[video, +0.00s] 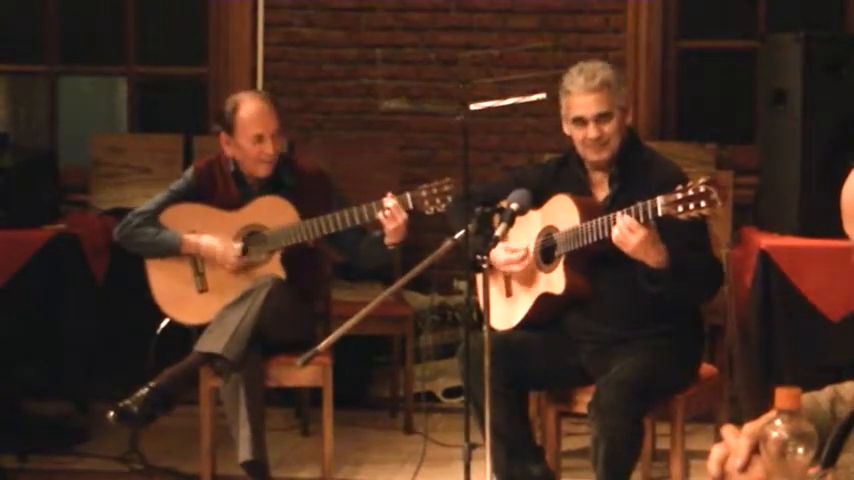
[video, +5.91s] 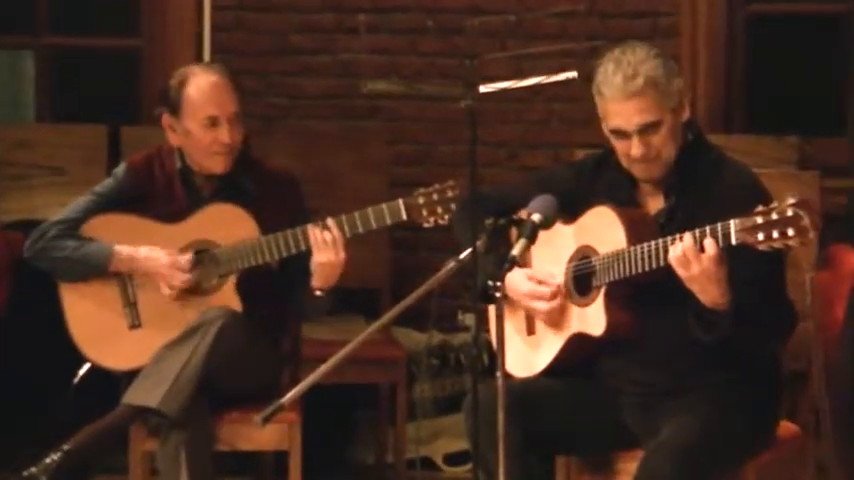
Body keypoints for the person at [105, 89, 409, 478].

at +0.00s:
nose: (271, 149)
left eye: (275, 137)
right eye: (258, 140)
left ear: (283, 134)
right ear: (228, 143)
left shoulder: (306, 181)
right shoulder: (207, 178)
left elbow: (353, 249)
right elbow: (129, 231)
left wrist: (388, 242)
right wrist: (198, 244)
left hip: (294, 314)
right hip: (228, 312)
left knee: (269, 290)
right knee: (241, 352)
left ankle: (167, 384)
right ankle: (254, 468)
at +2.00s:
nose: (275, 168)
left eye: (281, 156)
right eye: (262, 159)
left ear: (288, 145)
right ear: (233, 155)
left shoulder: (307, 183)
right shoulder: (210, 178)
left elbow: (344, 262)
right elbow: (132, 229)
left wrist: (377, 249)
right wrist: (203, 238)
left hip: (296, 314)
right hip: (228, 309)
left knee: (271, 290)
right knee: (244, 351)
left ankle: (168, 381)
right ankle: (255, 467)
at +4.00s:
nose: (281, 156)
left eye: (285, 144)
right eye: (269, 147)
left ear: (292, 138)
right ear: (238, 146)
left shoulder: (313, 181)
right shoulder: (212, 176)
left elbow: (339, 266)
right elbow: (135, 228)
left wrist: (348, 257)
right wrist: (203, 247)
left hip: (297, 314)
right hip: (228, 309)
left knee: (269, 288)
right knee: (244, 354)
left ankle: (169, 383)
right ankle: (253, 467)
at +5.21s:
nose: (265, 157)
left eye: (271, 143)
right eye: (251, 145)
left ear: (278, 135)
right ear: (214, 141)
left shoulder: (296, 190)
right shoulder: (182, 177)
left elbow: (321, 286)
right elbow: (92, 233)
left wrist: (348, 276)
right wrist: (175, 249)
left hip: (278, 338)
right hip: (198, 328)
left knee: (246, 306)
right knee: (217, 390)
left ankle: (130, 416)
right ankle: (218, 475)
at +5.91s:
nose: (228, 137)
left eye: (235, 121)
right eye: (211, 124)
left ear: (243, 118)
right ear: (173, 130)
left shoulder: (274, 189)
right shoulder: (143, 176)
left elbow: (299, 305)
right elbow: (43, 245)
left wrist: (322, 287)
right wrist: (138, 260)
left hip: (253, 360)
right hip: (160, 354)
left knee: (219, 326)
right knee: (184, 412)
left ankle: (83, 447)